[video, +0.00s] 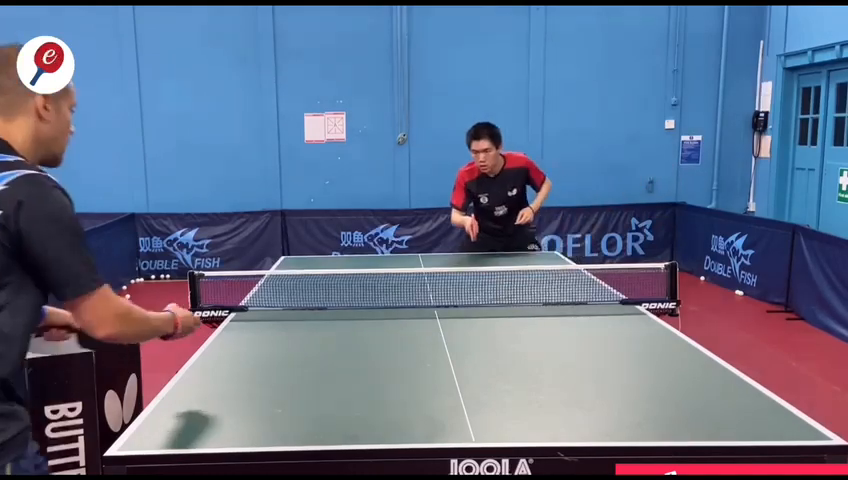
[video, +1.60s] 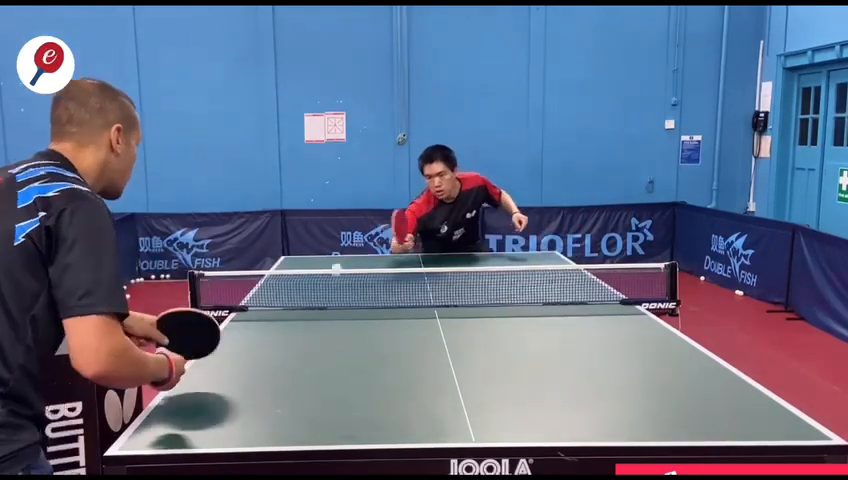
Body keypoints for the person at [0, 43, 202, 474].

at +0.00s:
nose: (73, 128)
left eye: (74, 112)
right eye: (71, 111)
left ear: (41, 106)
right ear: (42, 107)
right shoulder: (30, 192)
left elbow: (1, 296)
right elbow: (104, 319)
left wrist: (49, 318)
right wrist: (167, 323)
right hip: (7, 439)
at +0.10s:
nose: (106, 148)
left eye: (108, 134)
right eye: (106, 133)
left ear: (33, 123)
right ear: (81, 127)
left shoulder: (8, 177)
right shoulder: (70, 203)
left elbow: (14, 296)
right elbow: (145, 318)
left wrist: (83, 314)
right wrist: (199, 316)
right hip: (14, 426)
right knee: (76, 467)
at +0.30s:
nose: (152, 179)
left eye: (156, 165)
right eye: (153, 163)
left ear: (87, 147)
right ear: (134, 153)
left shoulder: (26, 191)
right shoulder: (121, 213)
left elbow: (42, 284)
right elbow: (194, 312)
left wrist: (129, 301)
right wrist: (237, 307)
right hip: (28, 426)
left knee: (88, 465)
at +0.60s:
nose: (174, 202)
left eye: (178, 188)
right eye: (178, 187)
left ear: (116, 165)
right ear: (162, 174)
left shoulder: (47, 202)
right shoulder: (149, 229)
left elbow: (59, 296)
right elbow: (211, 345)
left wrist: (149, 320)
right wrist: (246, 336)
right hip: (37, 436)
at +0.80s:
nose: (184, 212)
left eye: (188, 202)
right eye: (188, 199)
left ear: (125, 181)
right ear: (175, 190)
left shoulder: (65, 212)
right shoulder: (147, 239)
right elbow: (201, 359)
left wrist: (181, 306)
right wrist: (248, 345)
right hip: (32, 434)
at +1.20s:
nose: (152, 166)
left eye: (154, 154)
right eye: (154, 153)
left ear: (82, 145)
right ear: (136, 149)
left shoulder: (24, 193)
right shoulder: (100, 218)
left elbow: (70, 274)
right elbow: (152, 354)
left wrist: (164, 283)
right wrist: (206, 343)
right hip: (27, 445)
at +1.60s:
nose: (134, 163)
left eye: (137, 149)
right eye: (136, 148)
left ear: (60, 134)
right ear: (115, 139)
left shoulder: (12, 180)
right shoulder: (77, 205)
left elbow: (32, 299)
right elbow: (97, 357)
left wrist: (121, 320)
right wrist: (159, 367)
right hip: (12, 443)